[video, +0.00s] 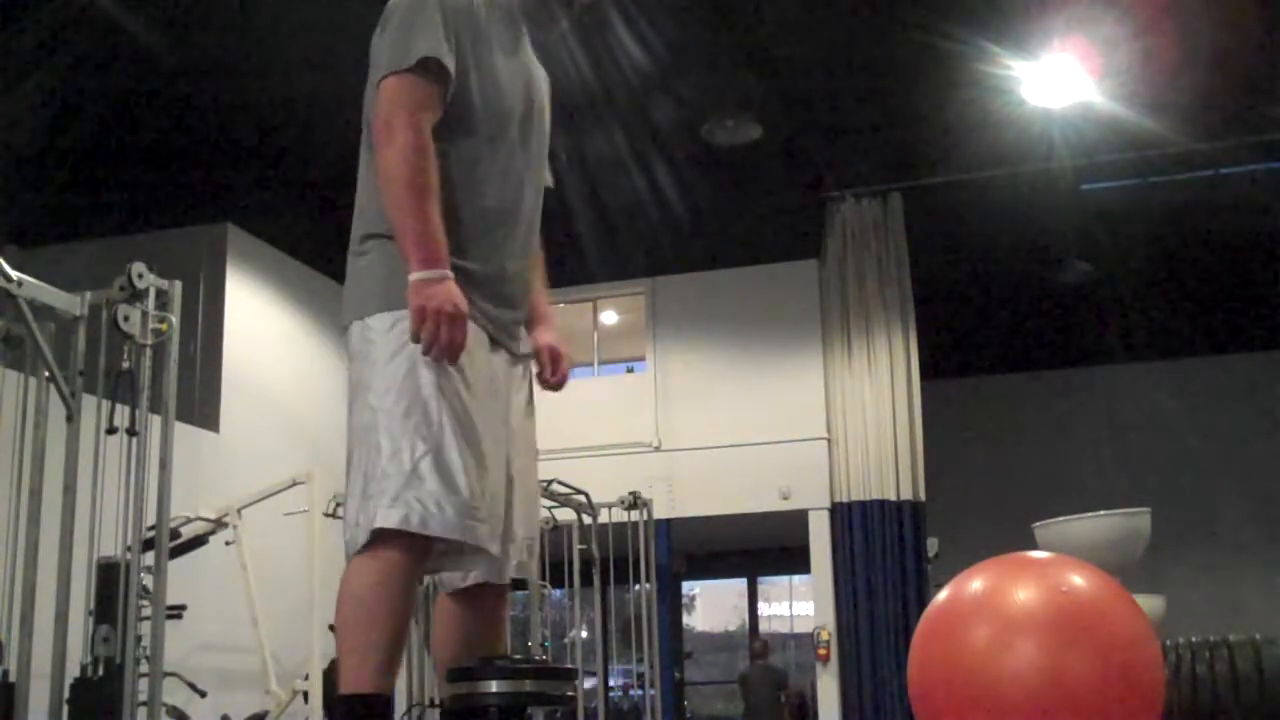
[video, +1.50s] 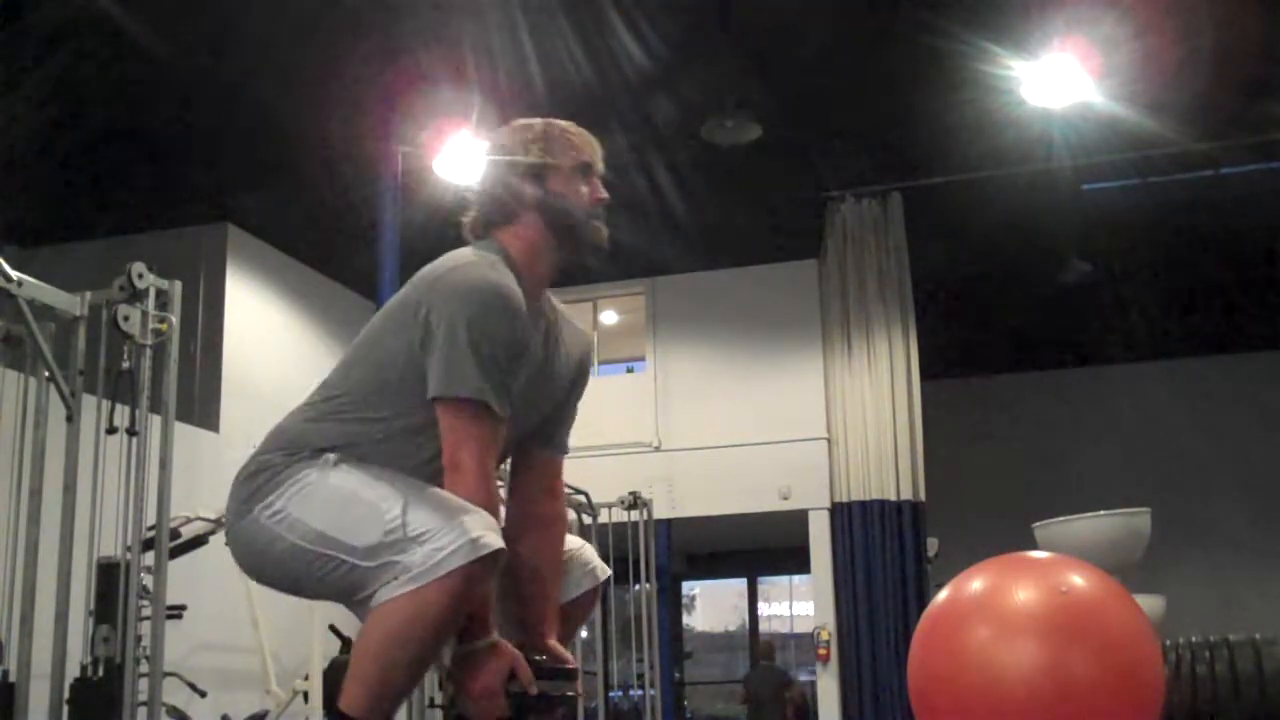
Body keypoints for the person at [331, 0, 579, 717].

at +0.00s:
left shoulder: (527, 59)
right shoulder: (434, 5)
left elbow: (514, 197)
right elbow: (400, 125)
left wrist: (540, 313)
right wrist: (430, 271)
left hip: (500, 332)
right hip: (418, 306)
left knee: (485, 555)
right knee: (400, 526)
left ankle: (472, 717)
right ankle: (358, 714)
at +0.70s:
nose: (608, 35)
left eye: (619, 22)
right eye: (601, 11)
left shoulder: (549, 131)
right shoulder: (447, 50)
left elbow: (519, 272)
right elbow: (424, 213)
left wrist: (530, 389)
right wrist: (475, 369)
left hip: (454, 342)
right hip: (358, 318)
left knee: (511, 558)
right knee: (402, 535)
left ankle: (475, 712)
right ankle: (339, 713)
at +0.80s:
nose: (617, 87)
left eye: (629, 75)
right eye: (613, 61)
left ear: (627, 89)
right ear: (564, 41)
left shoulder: (559, 192)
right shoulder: (464, 118)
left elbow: (526, 335)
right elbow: (447, 292)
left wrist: (542, 462)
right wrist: (486, 453)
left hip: (422, 377)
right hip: (329, 350)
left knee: (532, 554)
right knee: (420, 533)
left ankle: (476, 711)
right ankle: (342, 715)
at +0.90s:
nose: (639, 146)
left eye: (645, 129)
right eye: (628, 120)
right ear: (571, 108)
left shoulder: (566, 263)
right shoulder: (480, 199)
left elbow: (538, 420)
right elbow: (467, 390)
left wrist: (548, 562)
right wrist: (489, 552)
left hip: (403, 415)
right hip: (314, 392)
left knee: (552, 569)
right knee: (441, 542)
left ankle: (487, 709)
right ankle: (347, 712)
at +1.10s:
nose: (646, 202)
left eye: (647, 186)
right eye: (630, 178)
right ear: (569, 175)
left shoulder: (575, 329)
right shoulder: (500, 264)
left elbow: (547, 476)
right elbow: (480, 456)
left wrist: (548, 623)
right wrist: (489, 623)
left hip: (394, 463)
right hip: (305, 444)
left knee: (570, 575)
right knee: (466, 552)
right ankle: (356, 708)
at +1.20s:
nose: (642, 206)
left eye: (642, 191)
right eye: (626, 185)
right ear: (567, 188)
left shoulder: (577, 342)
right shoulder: (500, 278)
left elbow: (546, 497)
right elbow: (478, 468)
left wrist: (547, 646)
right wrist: (482, 634)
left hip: (394, 477)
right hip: (301, 457)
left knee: (572, 578)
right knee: (465, 550)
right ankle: (357, 708)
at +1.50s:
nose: (604, 192)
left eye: (601, 177)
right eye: (584, 174)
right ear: (527, 186)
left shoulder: (567, 342)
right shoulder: (477, 286)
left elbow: (541, 494)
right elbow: (468, 475)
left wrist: (540, 636)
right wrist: (477, 640)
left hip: (392, 497)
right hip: (291, 485)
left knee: (574, 576)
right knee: (456, 546)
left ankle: (484, 710)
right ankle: (355, 711)